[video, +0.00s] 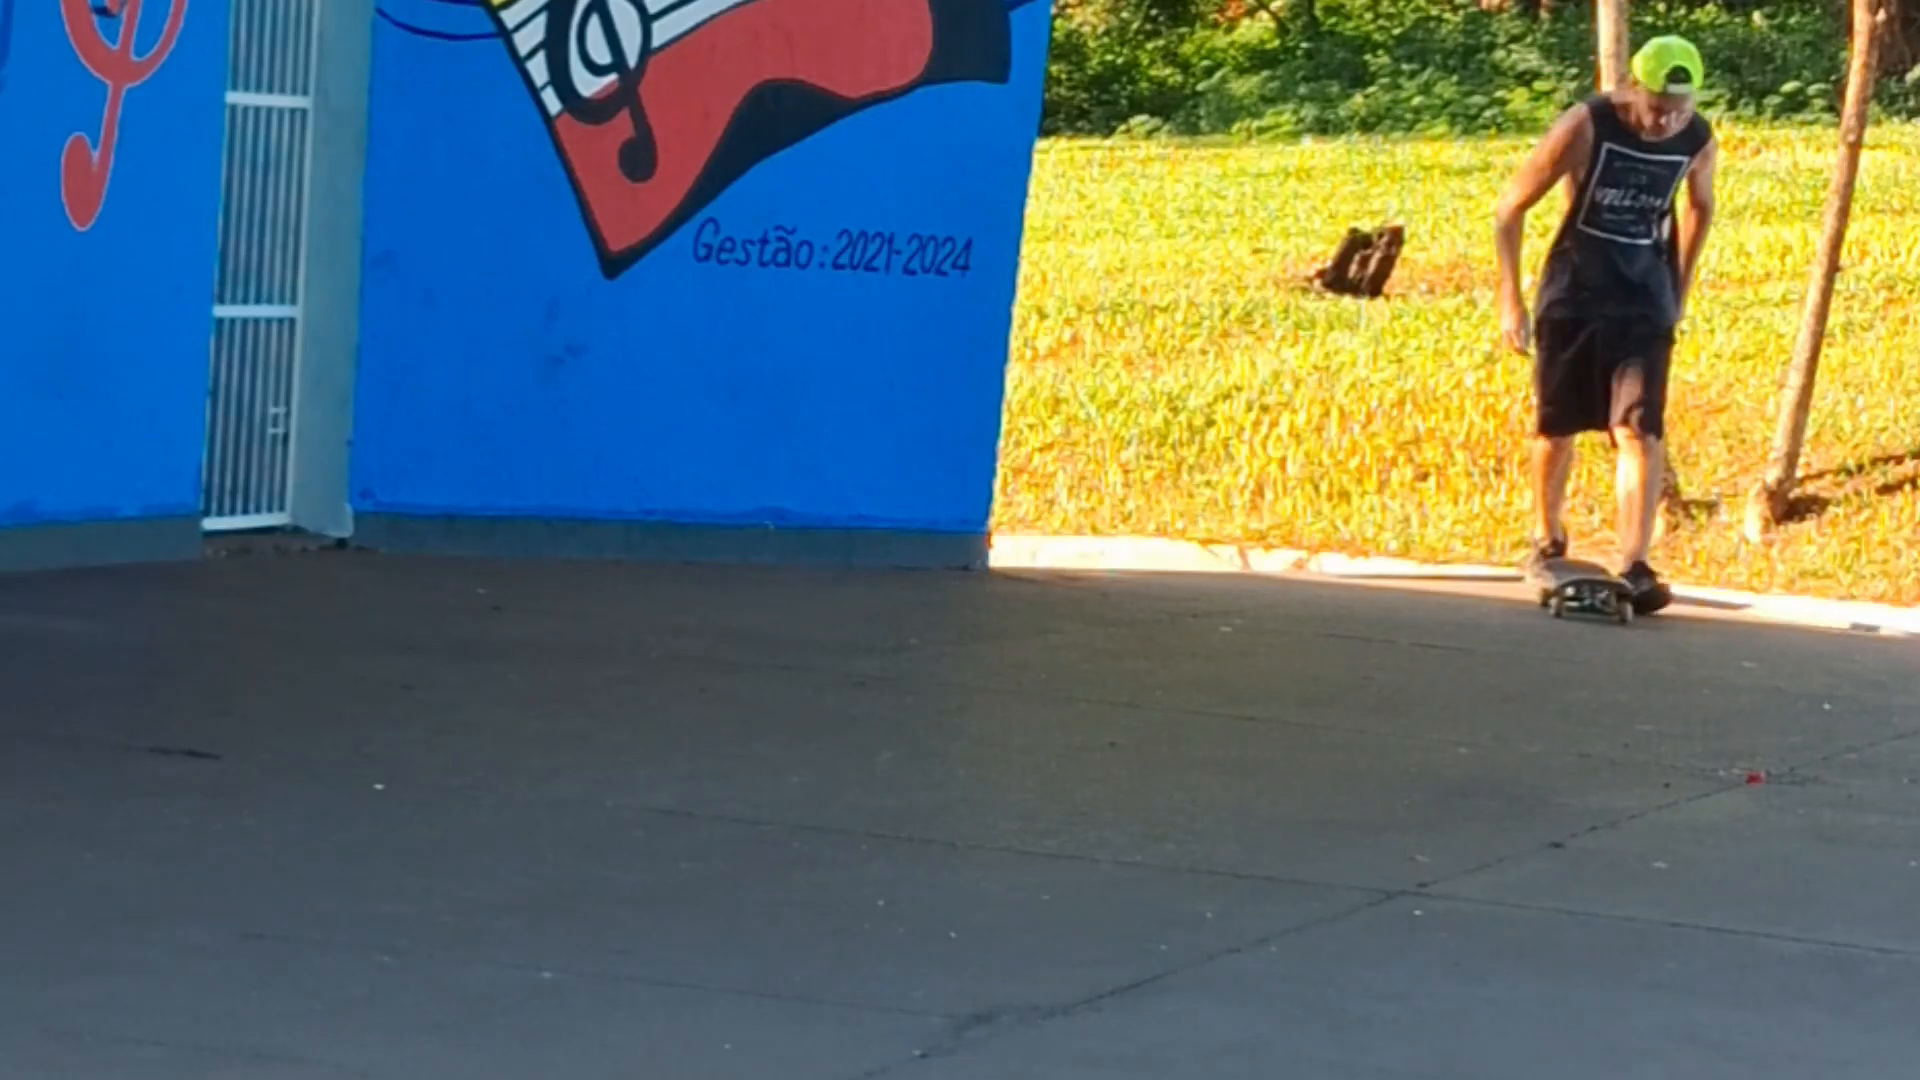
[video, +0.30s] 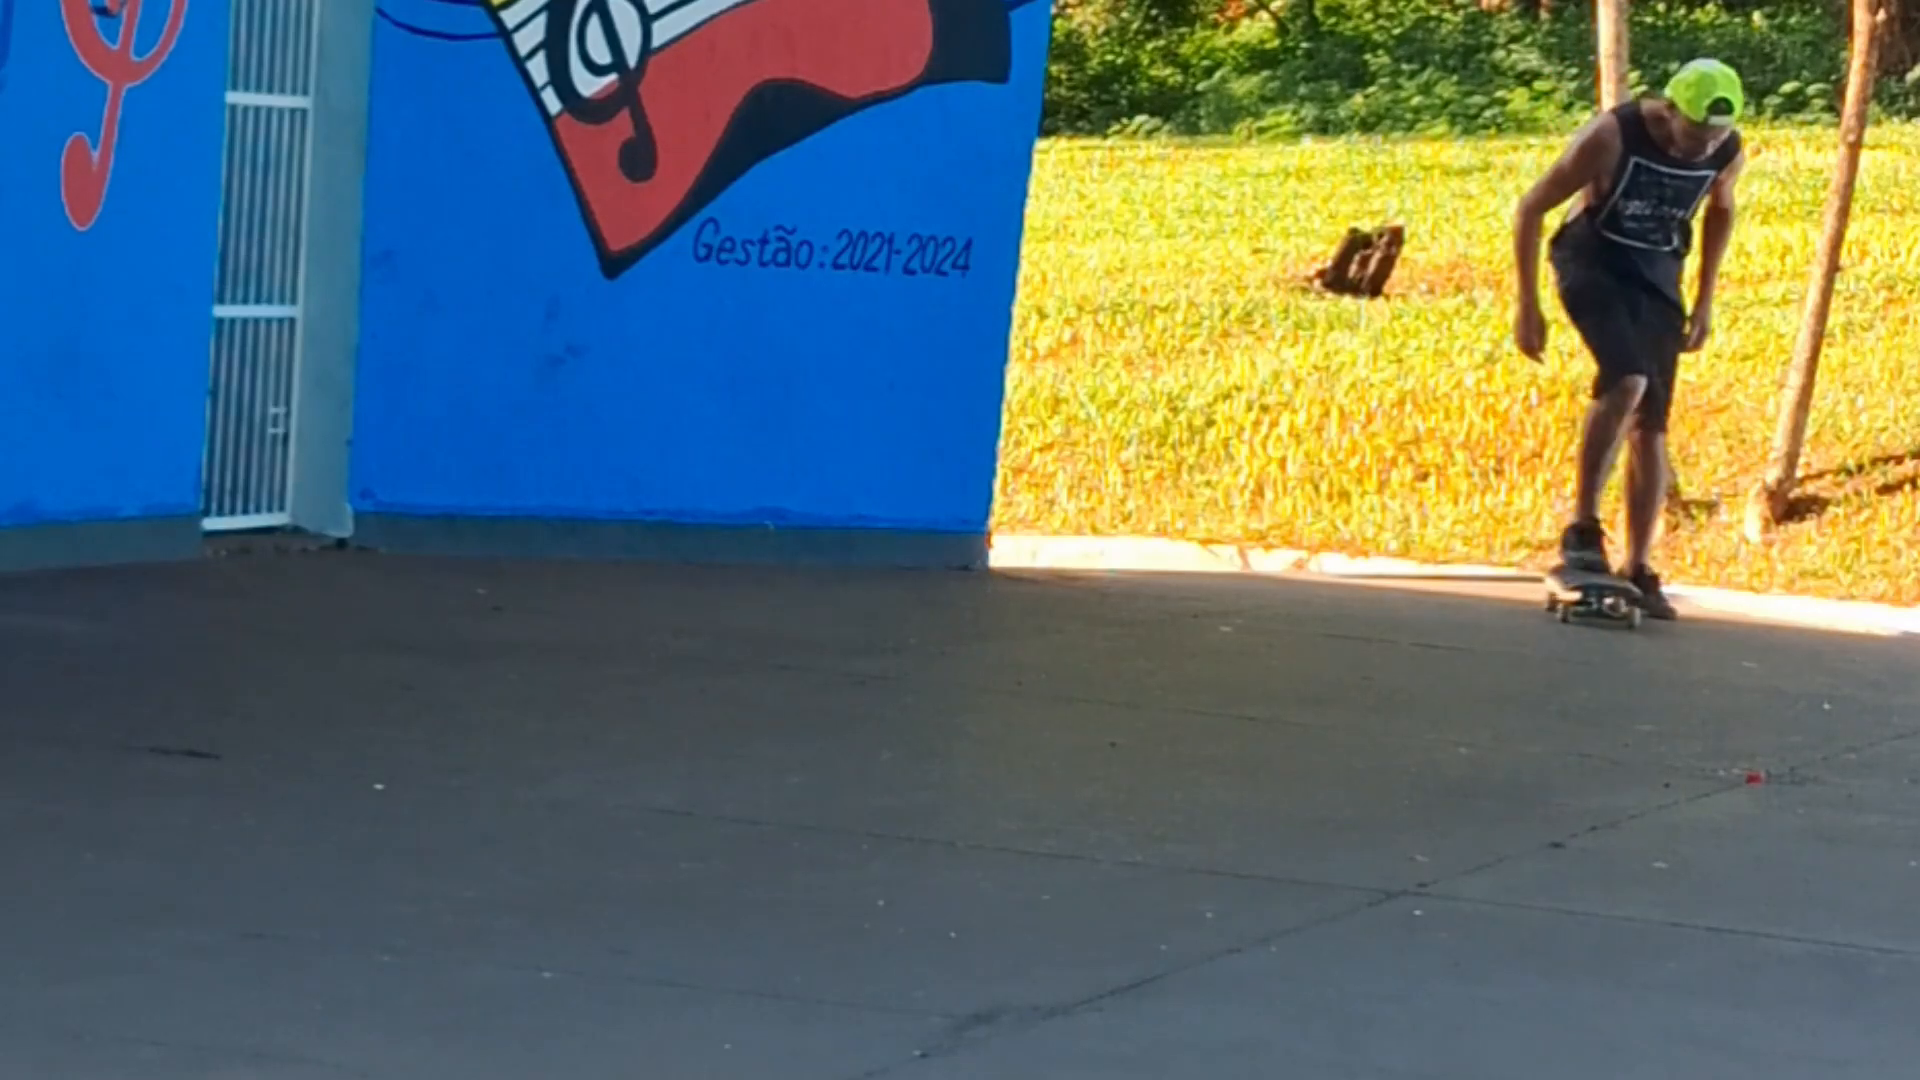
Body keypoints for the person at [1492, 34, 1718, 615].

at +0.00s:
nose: (1668, 120)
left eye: (1680, 109)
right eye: (1659, 107)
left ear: (1694, 98)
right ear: (1632, 88)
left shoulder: (1698, 139)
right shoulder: (1585, 125)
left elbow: (1698, 210)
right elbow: (1510, 211)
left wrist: (1679, 291)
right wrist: (1510, 299)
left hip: (1646, 293)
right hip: (1574, 290)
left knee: (1639, 423)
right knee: (1558, 429)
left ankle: (1635, 563)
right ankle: (1550, 543)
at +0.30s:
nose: (1707, 139)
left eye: (1718, 129)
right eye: (1698, 126)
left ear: (1728, 123)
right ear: (1671, 110)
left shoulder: (1727, 150)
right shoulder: (1611, 135)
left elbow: (1720, 212)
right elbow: (1531, 208)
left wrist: (1704, 301)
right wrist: (1528, 306)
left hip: (1659, 277)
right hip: (1593, 262)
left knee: (1651, 421)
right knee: (1626, 381)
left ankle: (1638, 567)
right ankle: (1583, 531)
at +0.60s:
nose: (1745, 140)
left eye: (1753, 130)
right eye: (1743, 127)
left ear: (1752, 115)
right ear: (1715, 101)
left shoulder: (1727, 129)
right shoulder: (1633, 119)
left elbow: (1691, 207)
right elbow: (1541, 195)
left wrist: (1676, 282)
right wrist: (1541, 295)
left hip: (1657, 276)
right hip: (1592, 268)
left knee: (1678, 406)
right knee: (1620, 401)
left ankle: (1588, 520)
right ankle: (1608, 554)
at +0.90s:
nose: (1792, 117)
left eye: (1800, 108)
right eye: (1790, 103)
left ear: (1767, 84)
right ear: (1758, 77)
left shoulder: (1748, 120)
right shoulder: (1670, 94)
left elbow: (1687, 182)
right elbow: (1561, 162)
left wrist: (1676, 241)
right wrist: (1575, 267)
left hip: (1654, 263)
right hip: (1598, 250)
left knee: (1675, 406)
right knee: (1636, 399)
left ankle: (1612, 562)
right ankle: (1604, 564)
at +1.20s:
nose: (1819, 132)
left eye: (1829, 125)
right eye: (1821, 117)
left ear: (1805, 93)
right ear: (1797, 82)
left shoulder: (1742, 134)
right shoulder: (1706, 91)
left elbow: (1658, 215)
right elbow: (1590, 153)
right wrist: (1583, 265)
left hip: (1643, 272)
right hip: (1597, 261)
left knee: (1671, 415)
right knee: (1633, 414)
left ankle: (1621, 579)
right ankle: (1605, 586)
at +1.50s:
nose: (1835, 151)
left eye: (1848, 145)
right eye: (1845, 137)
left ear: (1824, 98)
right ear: (1828, 98)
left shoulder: (1751, 123)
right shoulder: (1730, 100)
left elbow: (1649, 194)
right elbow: (1617, 163)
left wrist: (1643, 286)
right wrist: (1613, 281)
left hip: (1636, 270)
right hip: (1589, 262)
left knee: (1675, 420)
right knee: (1635, 426)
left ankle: (1626, 594)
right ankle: (1595, 602)